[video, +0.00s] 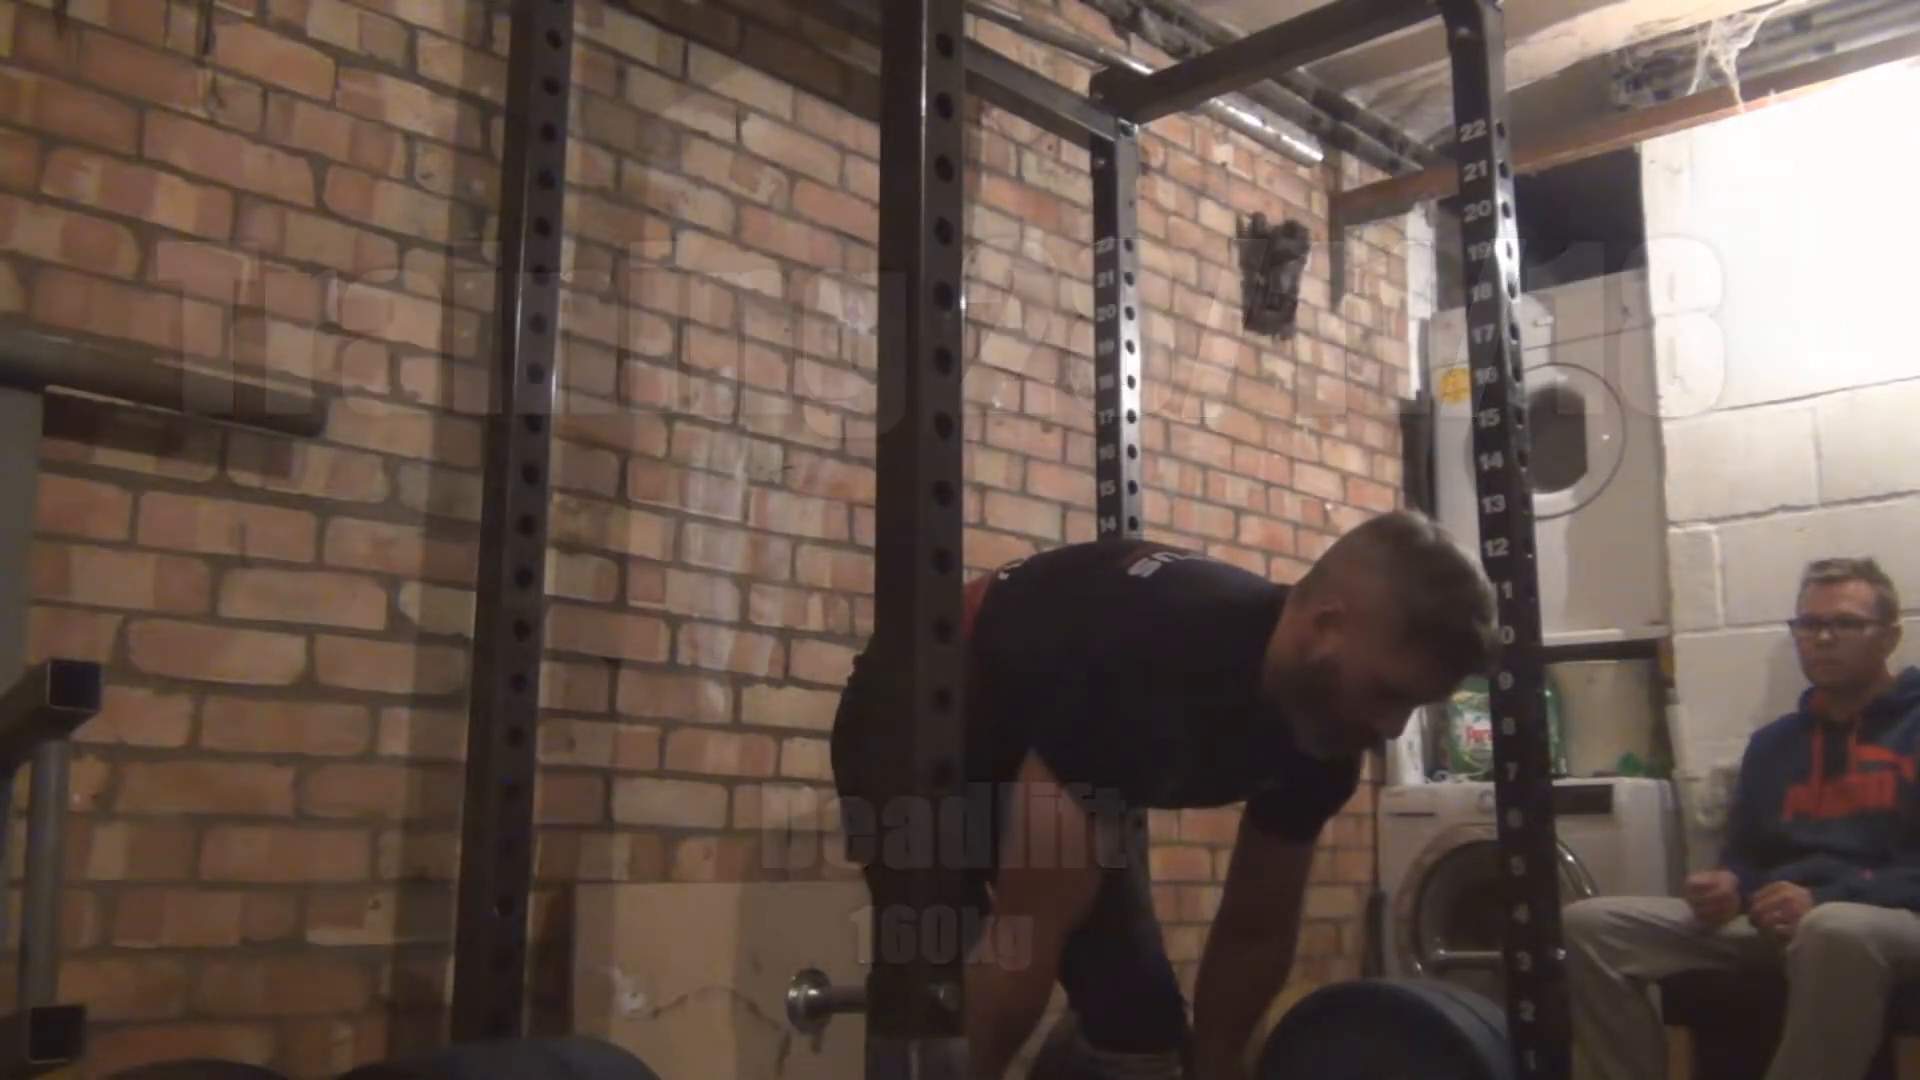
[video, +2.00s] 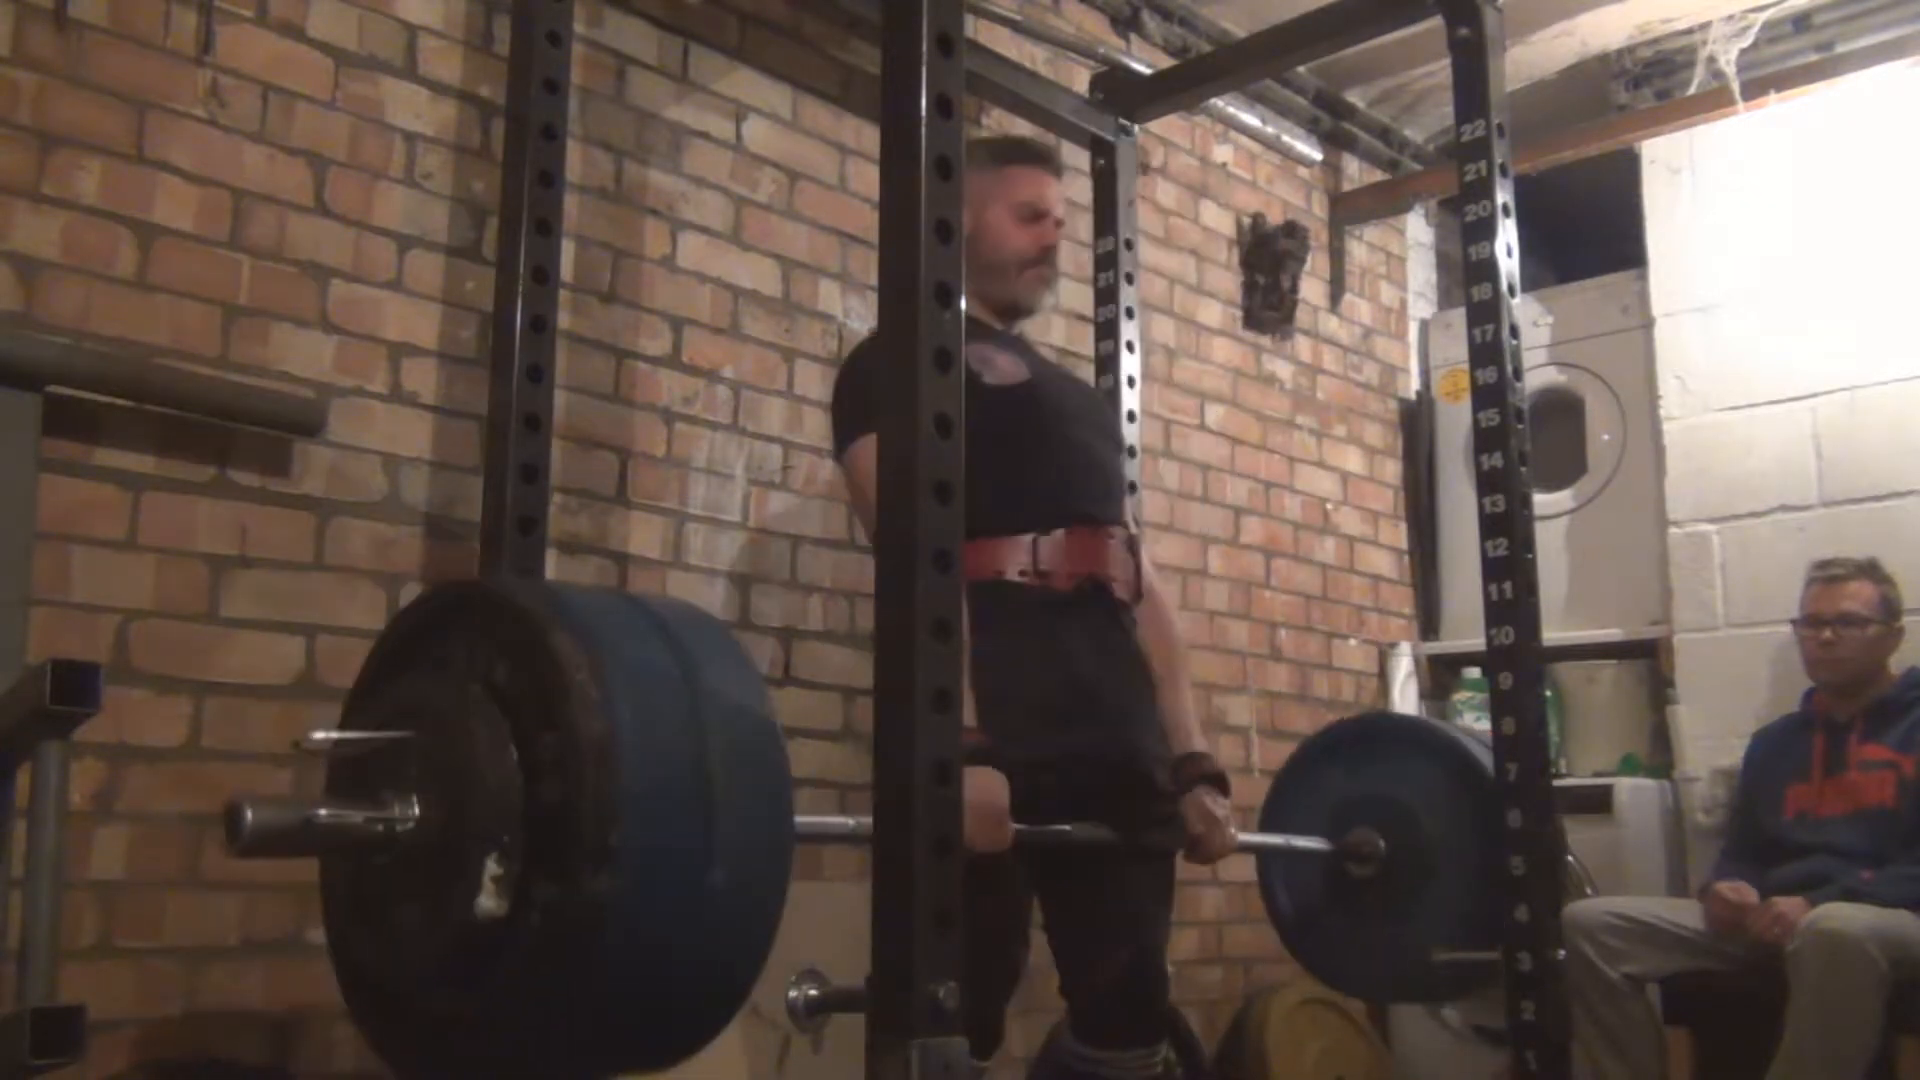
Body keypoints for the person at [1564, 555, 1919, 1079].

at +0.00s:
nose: (1822, 639)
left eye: (1844, 624)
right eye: (1809, 624)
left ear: (1890, 636)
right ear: (1794, 634)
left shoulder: (1914, 723)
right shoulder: (1773, 744)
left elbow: (1914, 873)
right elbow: (1744, 852)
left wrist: (1820, 900)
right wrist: (1731, 883)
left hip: (1894, 920)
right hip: (1771, 919)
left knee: (1833, 935)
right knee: (1589, 929)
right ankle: (1628, 1072)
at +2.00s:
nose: (1825, 637)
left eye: (1848, 623)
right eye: (1812, 622)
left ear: (1894, 637)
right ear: (1797, 632)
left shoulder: (1913, 721)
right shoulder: (1774, 743)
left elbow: (1914, 870)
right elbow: (1742, 849)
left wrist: (1818, 903)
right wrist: (1728, 886)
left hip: (1894, 917)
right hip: (1769, 916)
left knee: (1832, 937)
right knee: (1589, 928)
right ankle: (1628, 1073)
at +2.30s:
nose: (1825, 637)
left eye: (1847, 622)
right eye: (1812, 622)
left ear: (1894, 636)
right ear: (1797, 632)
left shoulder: (1915, 722)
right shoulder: (1775, 742)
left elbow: (1915, 873)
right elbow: (1742, 849)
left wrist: (1817, 904)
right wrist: (1725, 889)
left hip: (1895, 919)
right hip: (1768, 917)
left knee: (1834, 936)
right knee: (1589, 928)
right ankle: (1628, 1073)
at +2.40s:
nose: (1824, 637)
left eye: (1847, 622)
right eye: (1812, 622)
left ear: (1893, 636)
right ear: (1797, 632)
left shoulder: (1914, 721)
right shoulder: (1775, 742)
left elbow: (1915, 872)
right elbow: (1742, 850)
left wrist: (1817, 904)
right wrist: (1725, 889)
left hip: (1894, 919)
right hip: (1768, 917)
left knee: (1834, 936)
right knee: (1588, 929)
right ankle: (1629, 1073)